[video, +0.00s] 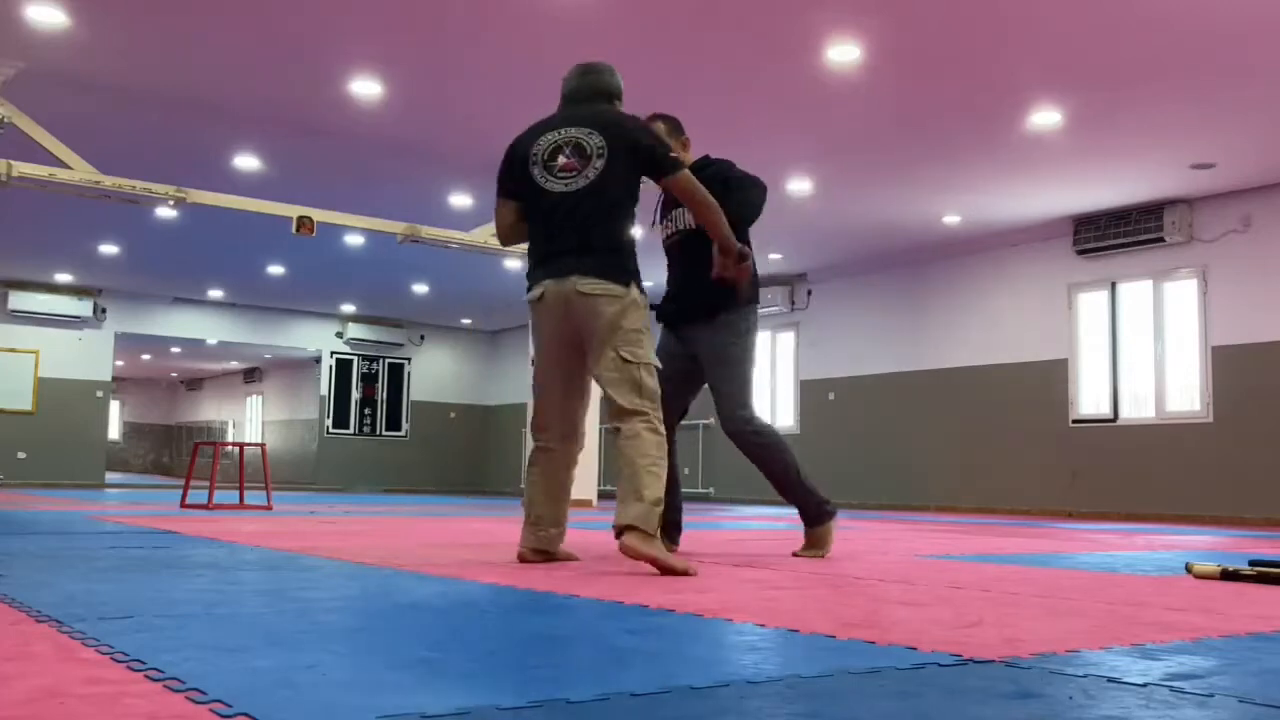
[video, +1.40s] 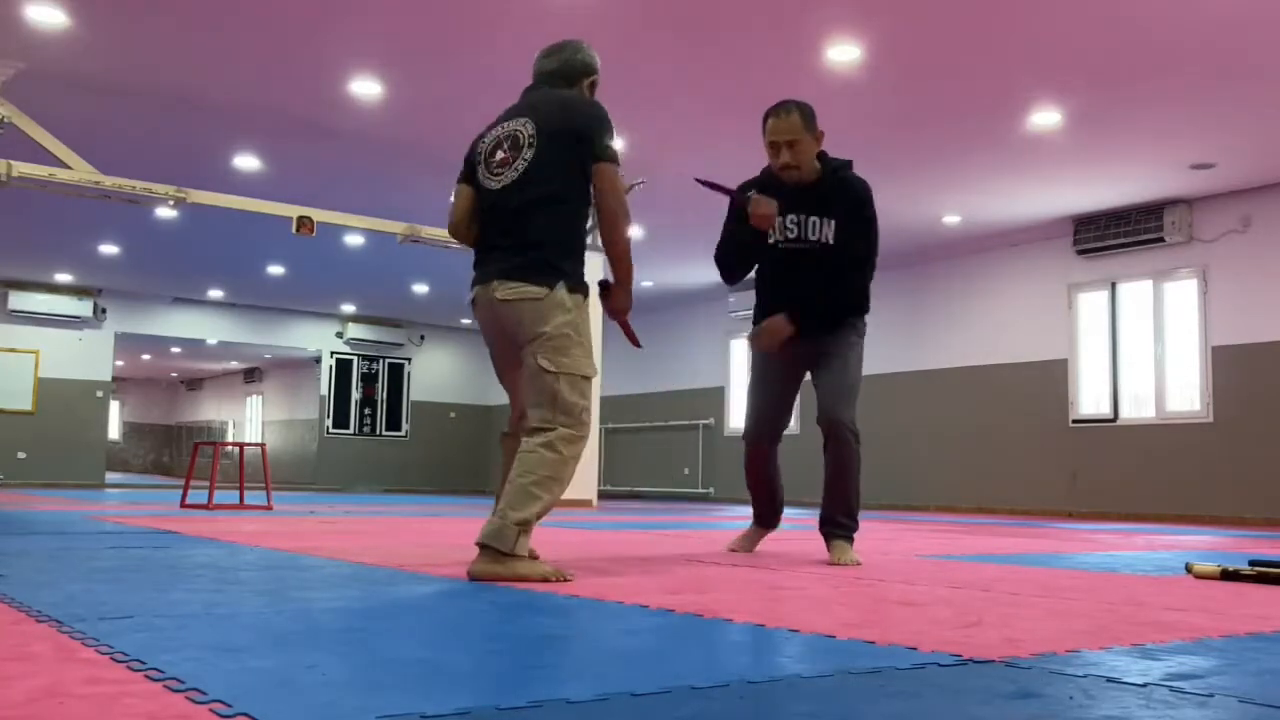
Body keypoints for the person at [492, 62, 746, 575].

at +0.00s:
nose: (622, 106)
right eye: (620, 98)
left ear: (564, 96)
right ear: (615, 97)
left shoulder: (524, 144)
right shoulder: (628, 130)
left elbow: (507, 230)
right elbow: (693, 194)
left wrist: (557, 210)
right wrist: (727, 244)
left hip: (548, 291)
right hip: (610, 287)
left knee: (554, 422)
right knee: (638, 413)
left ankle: (539, 539)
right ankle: (640, 529)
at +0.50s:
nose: (644, 93)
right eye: (641, 88)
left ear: (586, 100)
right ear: (633, 89)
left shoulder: (559, 142)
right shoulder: (648, 107)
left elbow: (569, 211)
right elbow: (694, 171)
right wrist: (707, 244)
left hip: (563, 284)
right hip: (631, 282)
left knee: (557, 418)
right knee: (655, 420)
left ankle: (530, 540)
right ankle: (641, 550)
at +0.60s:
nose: (649, 117)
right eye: (644, 113)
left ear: (585, 113)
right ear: (625, 104)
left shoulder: (560, 157)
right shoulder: (619, 104)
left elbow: (599, 249)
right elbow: (649, 131)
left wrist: (666, 302)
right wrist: (682, 227)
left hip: (548, 289)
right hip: (609, 284)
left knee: (548, 424)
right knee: (652, 425)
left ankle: (511, 539)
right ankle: (641, 551)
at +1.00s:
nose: (633, 112)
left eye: (632, 104)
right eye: (631, 104)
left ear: (578, 98)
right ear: (622, 102)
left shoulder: (546, 139)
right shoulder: (607, 121)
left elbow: (549, 220)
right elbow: (617, 166)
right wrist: (648, 230)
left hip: (518, 284)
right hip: (573, 280)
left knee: (543, 421)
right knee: (622, 420)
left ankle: (514, 542)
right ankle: (630, 551)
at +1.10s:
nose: (616, 109)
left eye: (613, 101)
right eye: (615, 101)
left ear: (559, 96)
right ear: (608, 98)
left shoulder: (513, 144)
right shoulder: (606, 120)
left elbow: (483, 235)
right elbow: (663, 196)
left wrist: (518, 274)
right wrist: (695, 254)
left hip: (503, 282)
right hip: (560, 276)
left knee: (532, 417)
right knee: (599, 415)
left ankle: (513, 544)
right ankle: (616, 550)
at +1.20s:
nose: (608, 108)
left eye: (606, 100)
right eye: (607, 100)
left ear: (547, 91)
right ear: (597, 97)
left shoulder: (499, 134)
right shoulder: (601, 127)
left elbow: (464, 211)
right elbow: (627, 225)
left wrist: (493, 266)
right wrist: (640, 292)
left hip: (500, 279)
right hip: (560, 276)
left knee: (522, 413)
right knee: (575, 411)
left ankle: (508, 541)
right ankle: (542, 540)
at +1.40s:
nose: (598, 95)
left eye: (597, 87)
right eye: (597, 86)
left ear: (538, 77)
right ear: (587, 83)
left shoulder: (493, 130)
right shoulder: (585, 113)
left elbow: (461, 224)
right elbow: (612, 207)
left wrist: (516, 241)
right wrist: (622, 284)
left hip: (490, 292)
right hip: (547, 291)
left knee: (524, 417)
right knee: (563, 424)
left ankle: (513, 545)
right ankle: (501, 549)